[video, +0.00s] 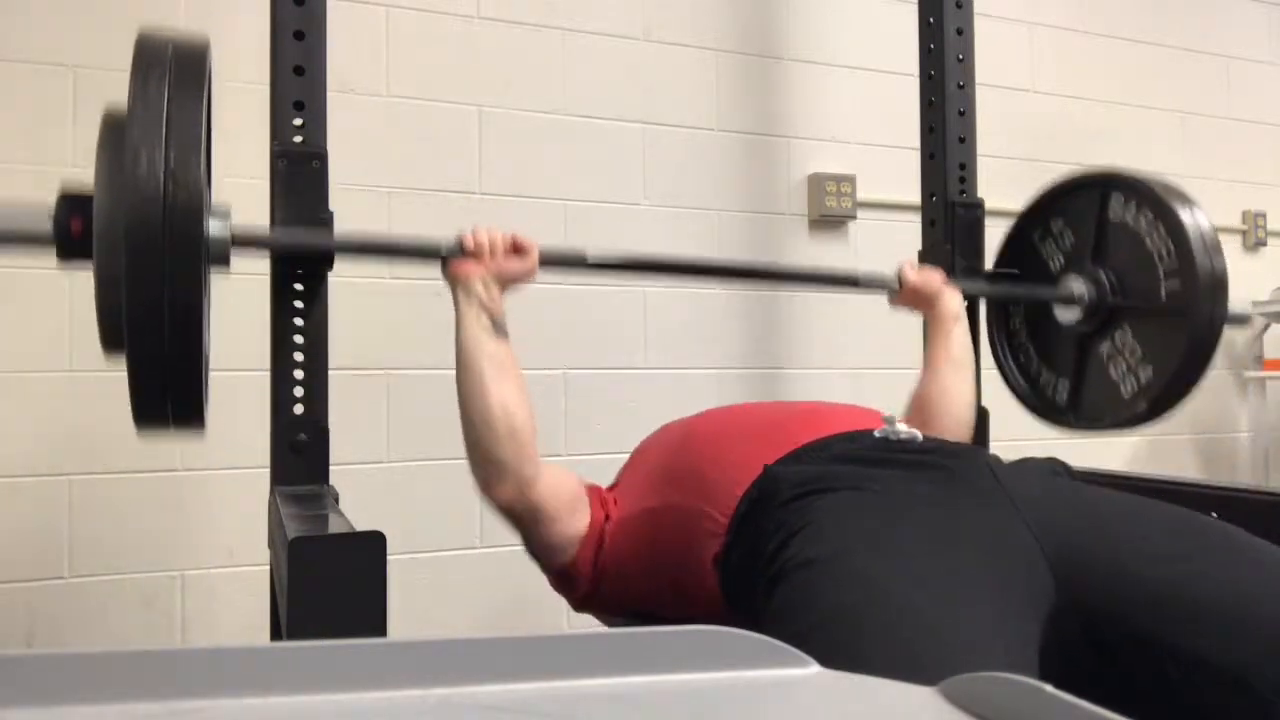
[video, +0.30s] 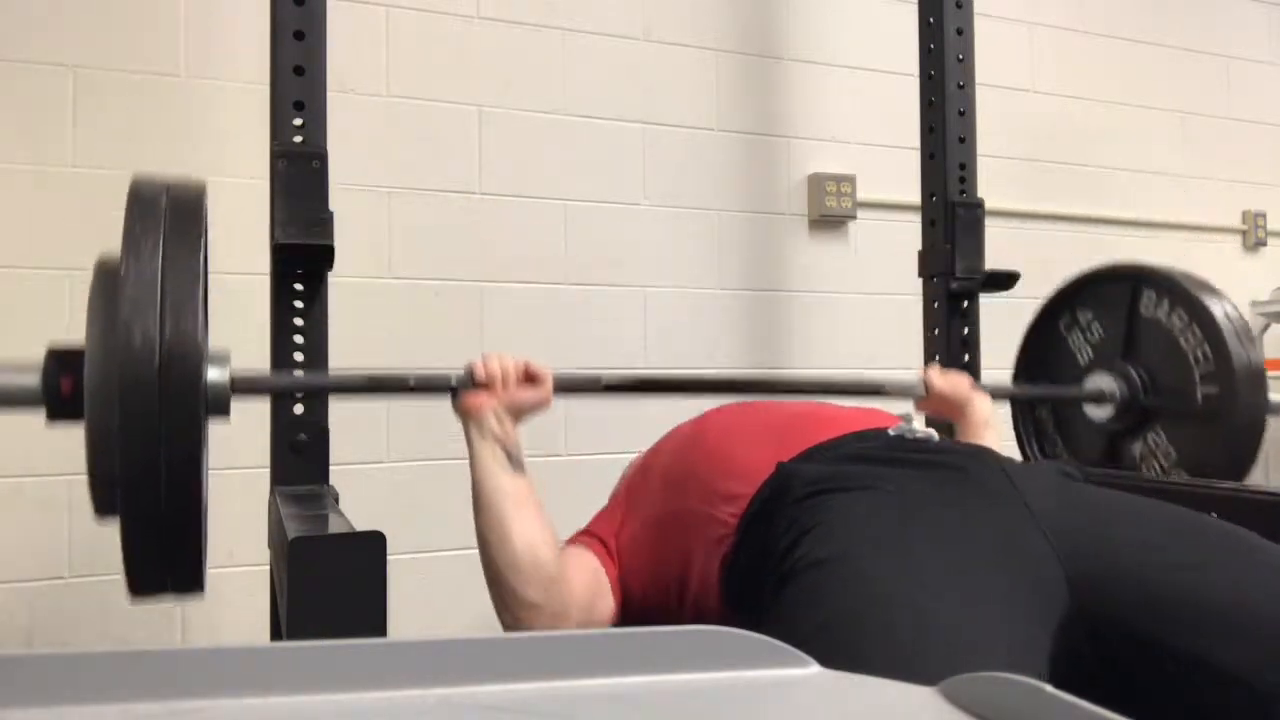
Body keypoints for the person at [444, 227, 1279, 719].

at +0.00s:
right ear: (623, 497)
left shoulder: (852, 434)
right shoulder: (606, 538)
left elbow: (944, 440)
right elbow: (511, 473)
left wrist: (945, 312)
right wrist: (476, 303)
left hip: (1023, 482)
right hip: (842, 502)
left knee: (1272, 610)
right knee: (929, 702)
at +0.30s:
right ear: (645, 492)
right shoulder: (629, 528)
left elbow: (1022, 514)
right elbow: (546, 610)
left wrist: (977, 419)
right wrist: (492, 440)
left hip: (1021, 476)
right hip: (859, 495)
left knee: (1277, 615)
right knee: (939, 686)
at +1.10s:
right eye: (662, 444)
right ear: (625, 500)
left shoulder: (842, 435)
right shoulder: (609, 537)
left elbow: (939, 439)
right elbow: (508, 472)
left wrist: (946, 307)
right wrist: (473, 309)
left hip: (1032, 484)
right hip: (852, 503)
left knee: (1274, 616)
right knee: (926, 690)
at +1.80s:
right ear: (646, 497)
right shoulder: (631, 522)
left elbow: (1008, 512)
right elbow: (531, 602)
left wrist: (965, 413)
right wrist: (479, 427)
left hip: (1012, 478)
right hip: (849, 502)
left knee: (1277, 623)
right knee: (931, 687)